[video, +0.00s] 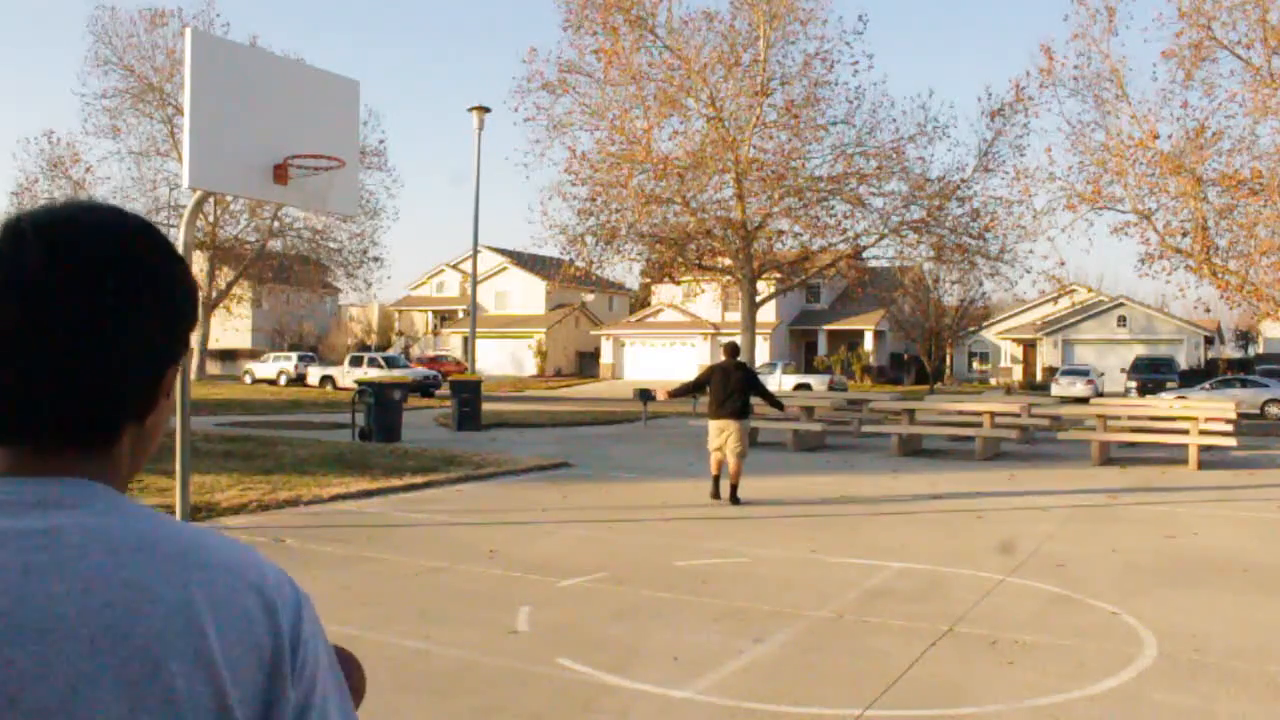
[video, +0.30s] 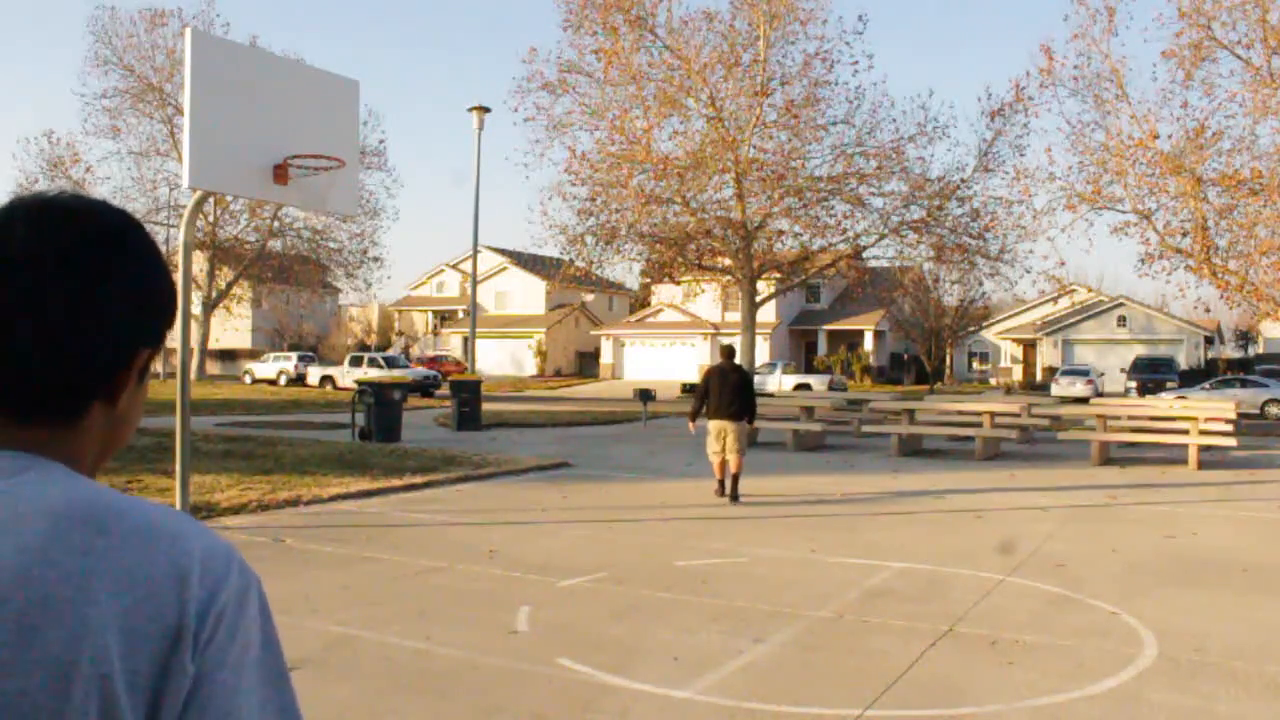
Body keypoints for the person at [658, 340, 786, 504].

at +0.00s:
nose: (725, 355)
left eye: (724, 352)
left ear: (724, 353)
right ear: (739, 353)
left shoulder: (714, 369)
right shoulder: (746, 371)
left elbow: (694, 385)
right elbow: (763, 392)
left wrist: (671, 393)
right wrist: (781, 407)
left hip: (716, 419)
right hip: (737, 420)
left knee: (716, 452)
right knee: (735, 456)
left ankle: (715, 487)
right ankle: (733, 494)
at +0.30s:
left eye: (723, 354)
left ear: (720, 355)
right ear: (734, 355)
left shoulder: (711, 372)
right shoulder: (743, 374)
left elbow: (700, 396)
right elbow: (751, 398)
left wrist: (692, 416)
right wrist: (750, 418)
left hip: (715, 420)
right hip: (736, 420)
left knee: (716, 453)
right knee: (735, 454)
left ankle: (720, 487)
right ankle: (734, 490)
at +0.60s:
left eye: (721, 351)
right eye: (728, 351)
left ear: (719, 353)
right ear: (732, 353)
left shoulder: (709, 370)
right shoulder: (741, 371)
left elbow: (699, 390)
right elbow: (750, 394)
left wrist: (695, 406)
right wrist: (757, 413)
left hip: (715, 415)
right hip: (735, 416)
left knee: (717, 450)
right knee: (732, 449)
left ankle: (721, 487)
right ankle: (732, 483)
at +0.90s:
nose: (723, 355)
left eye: (722, 353)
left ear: (721, 354)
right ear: (734, 354)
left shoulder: (712, 370)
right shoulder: (743, 373)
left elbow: (701, 391)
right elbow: (750, 397)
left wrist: (695, 410)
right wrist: (755, 417)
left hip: (715, 416)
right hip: (735, 417)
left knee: (714, 447)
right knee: (732, 449)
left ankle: (716, 471)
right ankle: (728, 477)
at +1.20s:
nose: (725, 355)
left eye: (723, 353)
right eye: (728, 352)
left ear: (720, 353)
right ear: (733, 354)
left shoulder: (712, 369)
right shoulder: (741, 371)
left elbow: (703, 392)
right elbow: (747, 392)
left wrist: (703, 411)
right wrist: (744, 410)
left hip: (715, 412)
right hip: (733, 413)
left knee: (714, 443)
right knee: (729, 445)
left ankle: (715, 471)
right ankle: (728, 477)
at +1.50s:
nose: (718, 356)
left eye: (717, 353)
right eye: (722, 353)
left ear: (716, 354)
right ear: (728, 354)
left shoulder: (708, 370)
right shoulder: (737, 372)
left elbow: (700, 392)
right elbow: (743, 394)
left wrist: (696, 411)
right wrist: (742, 413)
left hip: (711, 412)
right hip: (731, 413)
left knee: (713, 442)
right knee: (730, 441)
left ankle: (718, 472)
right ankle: (731, 462)